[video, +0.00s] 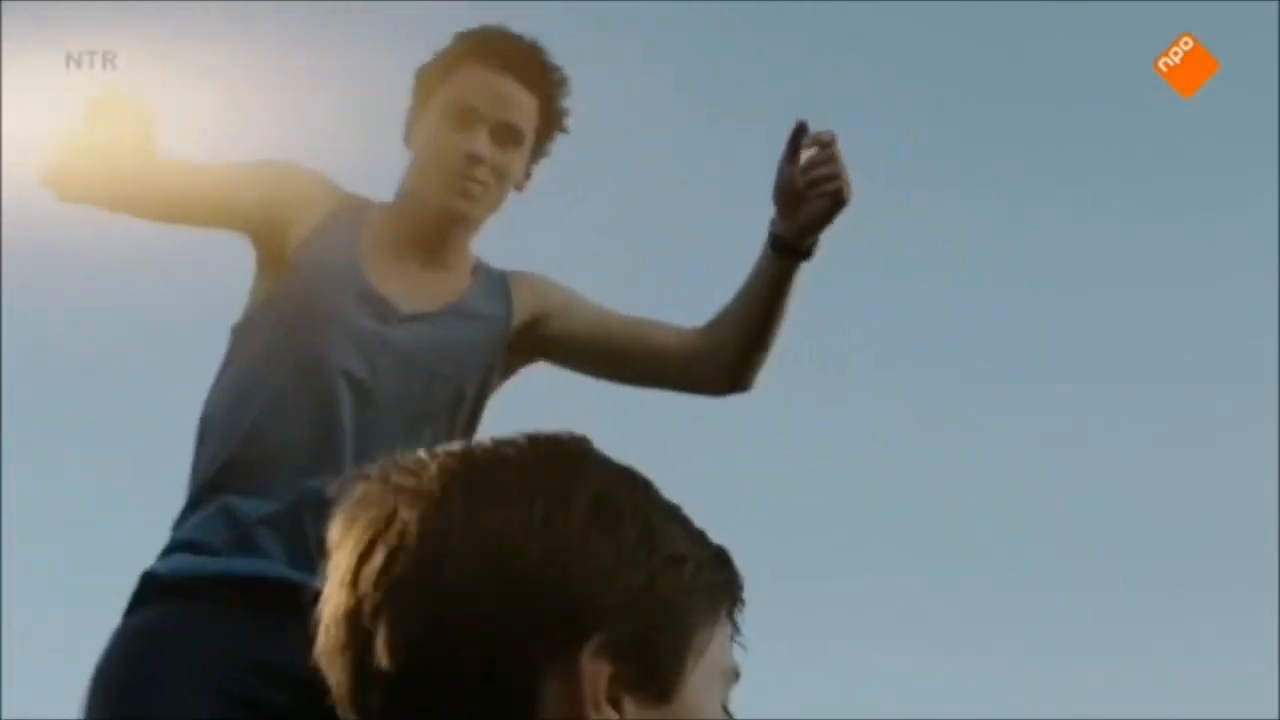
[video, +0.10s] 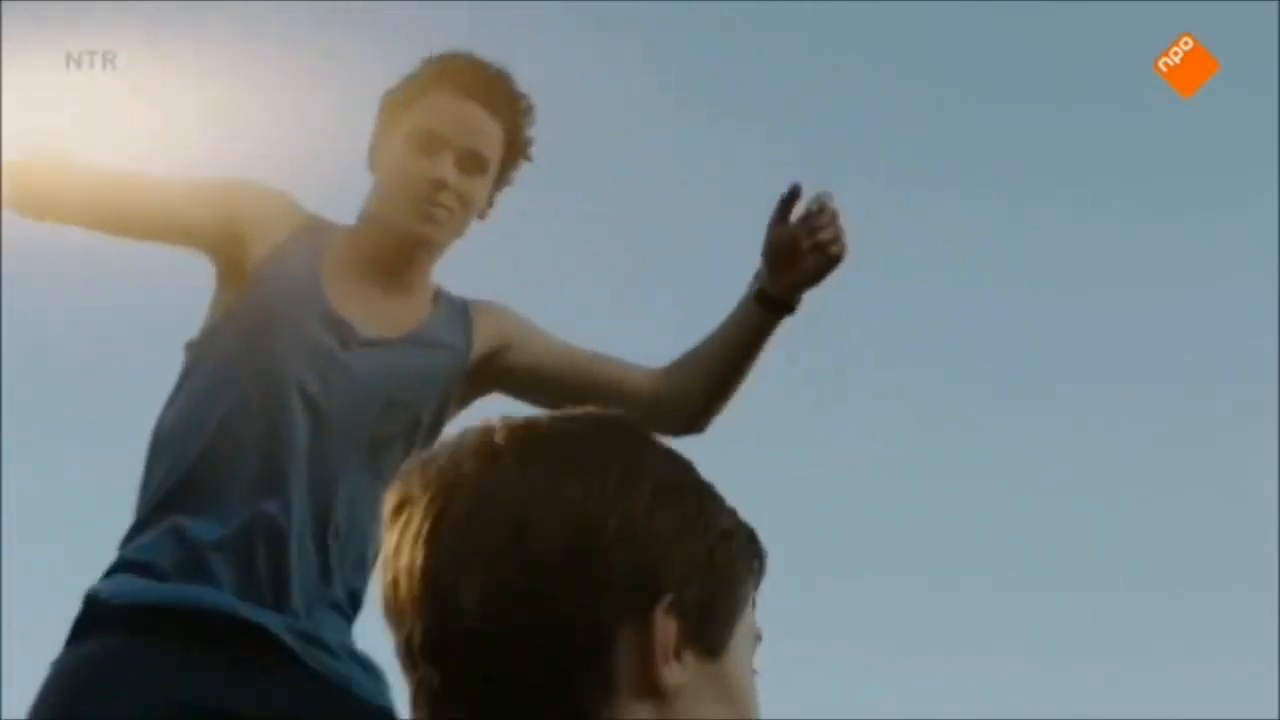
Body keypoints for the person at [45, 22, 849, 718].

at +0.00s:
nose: (485, 152)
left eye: (511, 141)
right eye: (469, 120)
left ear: (529, 174)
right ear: (416, 119)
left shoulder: (517, 309)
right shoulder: (299, 210)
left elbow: (721, 363)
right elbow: (83, 172)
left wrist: (786, 247)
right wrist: (107, 123)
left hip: (376, 635)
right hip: (215, 600)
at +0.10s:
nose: (446, 177)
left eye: (474, 169)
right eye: (432, 144)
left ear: (489, 202)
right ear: (378, 139)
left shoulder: (478, 338)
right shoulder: (261, 227)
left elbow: (674, 402)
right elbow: (43, 183)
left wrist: (771, 298)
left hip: (318, 661)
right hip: (151, 619)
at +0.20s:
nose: (423, 204)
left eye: (451, 193)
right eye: (406, 170)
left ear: (467, 227)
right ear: (352, 163)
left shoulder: (455, 367)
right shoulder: (239, 246)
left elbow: (632, 440)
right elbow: (29, 202)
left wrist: (758, 347)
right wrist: (19, 236)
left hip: (275, 683)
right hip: (115, 643)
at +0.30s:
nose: (380, 253)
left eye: (408, 242)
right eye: (362, 220)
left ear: (425, 276)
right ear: (312, 218)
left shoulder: (410, 424)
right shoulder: (193, 294)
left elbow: (567, 501)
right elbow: (11, 256)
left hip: (211, 707)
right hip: (60, 669)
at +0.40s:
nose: (354, 296)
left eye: (382, 285)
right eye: (335, 265)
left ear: (398, 319)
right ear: (282, 267)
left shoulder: (380, 470)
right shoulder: (162, 338)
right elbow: (9, 295)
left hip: (183, 707)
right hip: (29, 685)